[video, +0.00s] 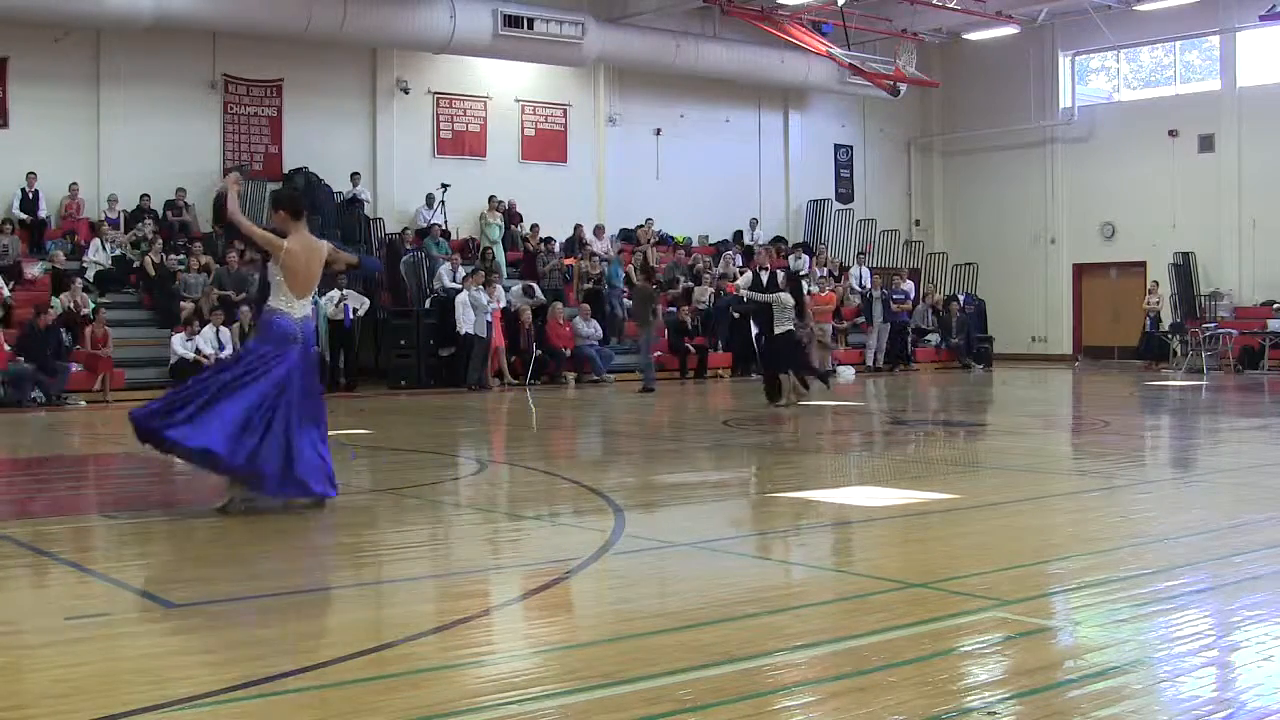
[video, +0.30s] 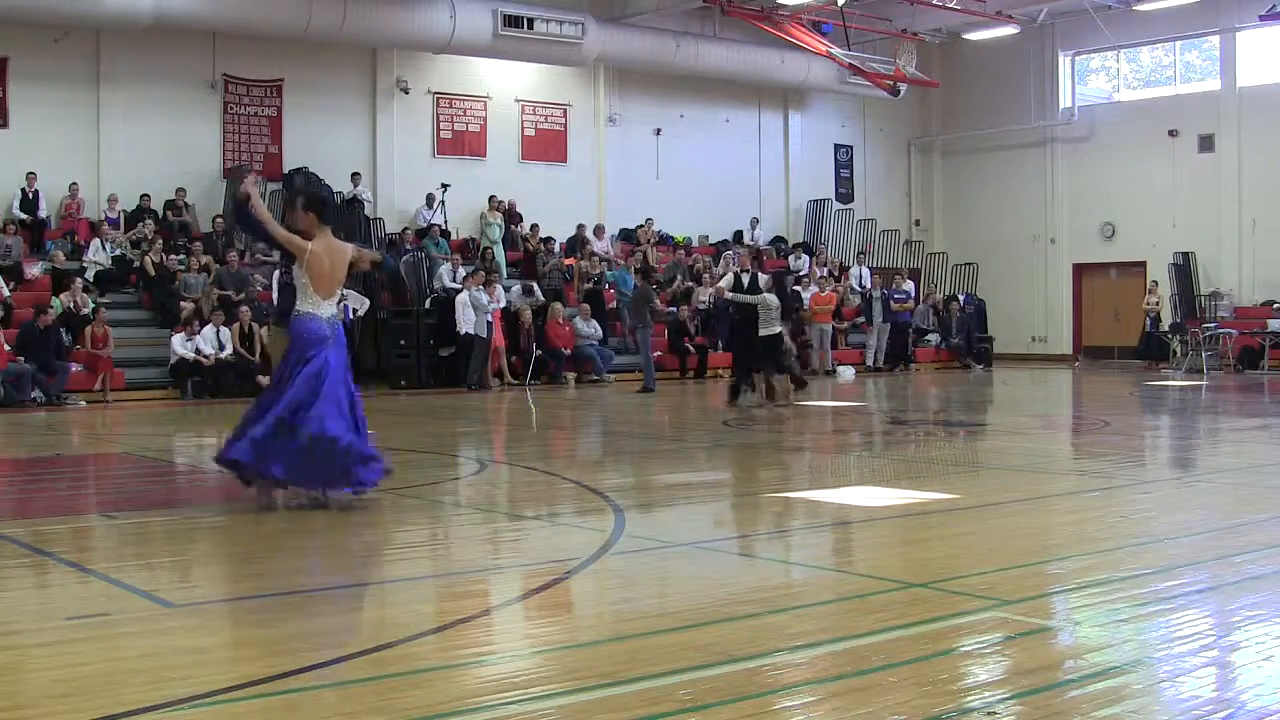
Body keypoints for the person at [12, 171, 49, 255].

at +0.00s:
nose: (32, 181)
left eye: (34, 179)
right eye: (30, 178)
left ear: (36, 180)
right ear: (26, 180)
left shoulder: (39, 193)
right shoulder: (20, 192)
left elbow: (42, 208)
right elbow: (15, 210)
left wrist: (41, 216)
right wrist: (25, 217)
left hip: (36, 217)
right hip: (24, 217)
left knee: (42, 223)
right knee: (34, 225)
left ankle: (39, 247)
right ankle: (32, 249)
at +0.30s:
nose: (31, 181)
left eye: (33, 179)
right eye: (29, 179)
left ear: (36, 180)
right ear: (26, 180)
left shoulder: (39, 193)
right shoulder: (20, 192)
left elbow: (42, 209)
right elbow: (15, 210)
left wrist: (41, 216)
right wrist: (25, 217)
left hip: (36, 217)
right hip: (24, 217)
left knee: (42, 223)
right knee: (34, 225)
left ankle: (40, 247)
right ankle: (33, 248)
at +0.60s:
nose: (31, 181)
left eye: (33, 179)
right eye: (29, 179)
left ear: (36, 181)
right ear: (26, 180)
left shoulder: (39, 193)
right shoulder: (19, 192)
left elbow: (42, 208)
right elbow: (15, 210)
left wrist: (41, 216)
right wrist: (25, 217)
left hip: (36, 216)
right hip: (24, 216)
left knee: (42, 223)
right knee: (34, 225)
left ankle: (40, 247)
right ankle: (33, 247)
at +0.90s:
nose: (31, 180)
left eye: (33, 178)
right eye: (29, 178)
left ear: (36, 180)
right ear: (26, 180)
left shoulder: (39, 193)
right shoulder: (20, 192)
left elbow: (42, 208)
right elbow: (15, 209)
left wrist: (41, 216)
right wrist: (25, 217)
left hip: (36, 216)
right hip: (24, 216)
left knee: (42, 223)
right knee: (33, 224)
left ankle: (40, 247)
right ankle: (31, 247)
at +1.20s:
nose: (31, 180)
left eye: (33, 178)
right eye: (29, 178)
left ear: (36, 180)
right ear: (26, 180)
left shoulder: (39, 193)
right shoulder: (20, 192)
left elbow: (42, 208)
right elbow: (14, 209)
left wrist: (41, 216)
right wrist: (24, 217)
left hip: (36, 217)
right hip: (25, 217)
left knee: (42, 223)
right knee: (32, 225)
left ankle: (39, 248)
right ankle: (30, 248)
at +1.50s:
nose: (31, 181)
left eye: (33, 179)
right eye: (29, 179)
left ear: (36, 180)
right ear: (26, 180)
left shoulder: (39, 193)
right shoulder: (19, 192)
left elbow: (42, 209)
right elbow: (14, 209)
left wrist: (41, 216)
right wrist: (25, 217)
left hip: (36, 217)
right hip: (24, 217)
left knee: (42, 223)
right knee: (33, 225)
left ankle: (39, 248)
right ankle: (32, 248)